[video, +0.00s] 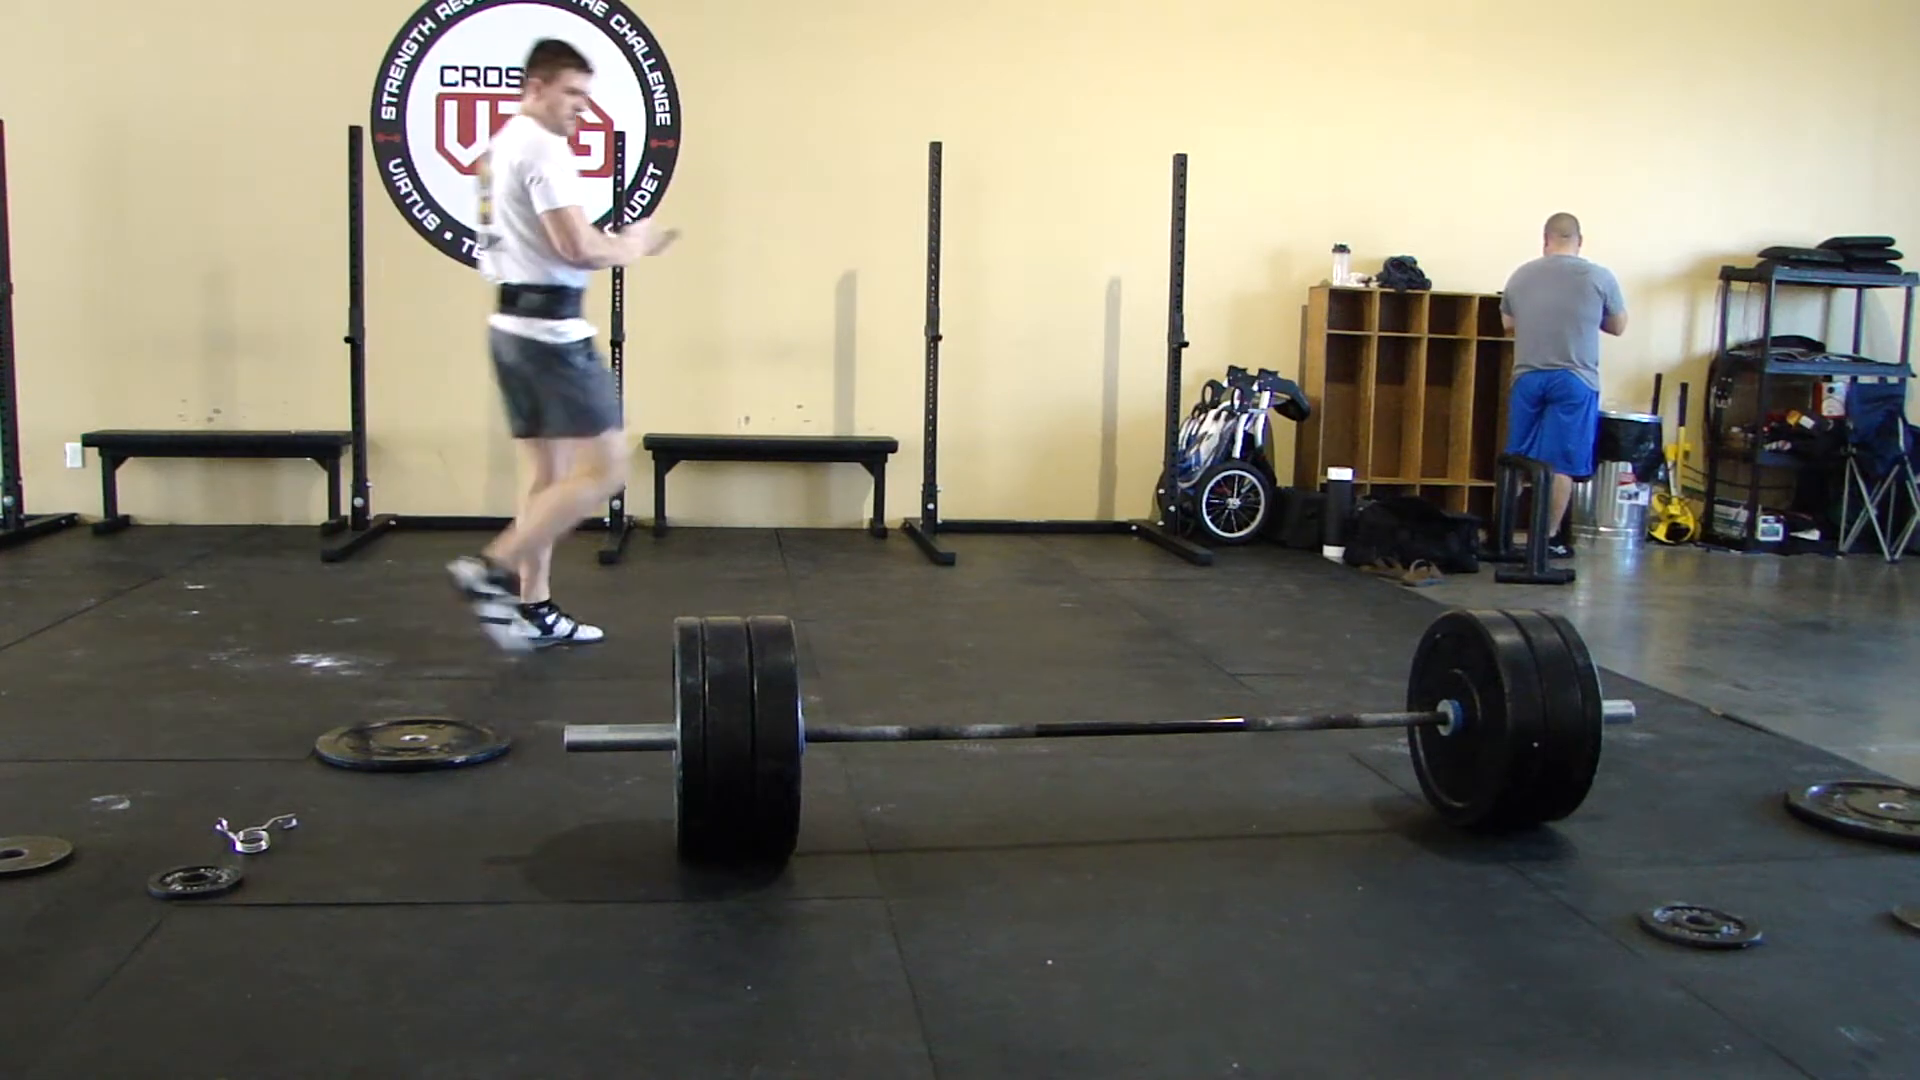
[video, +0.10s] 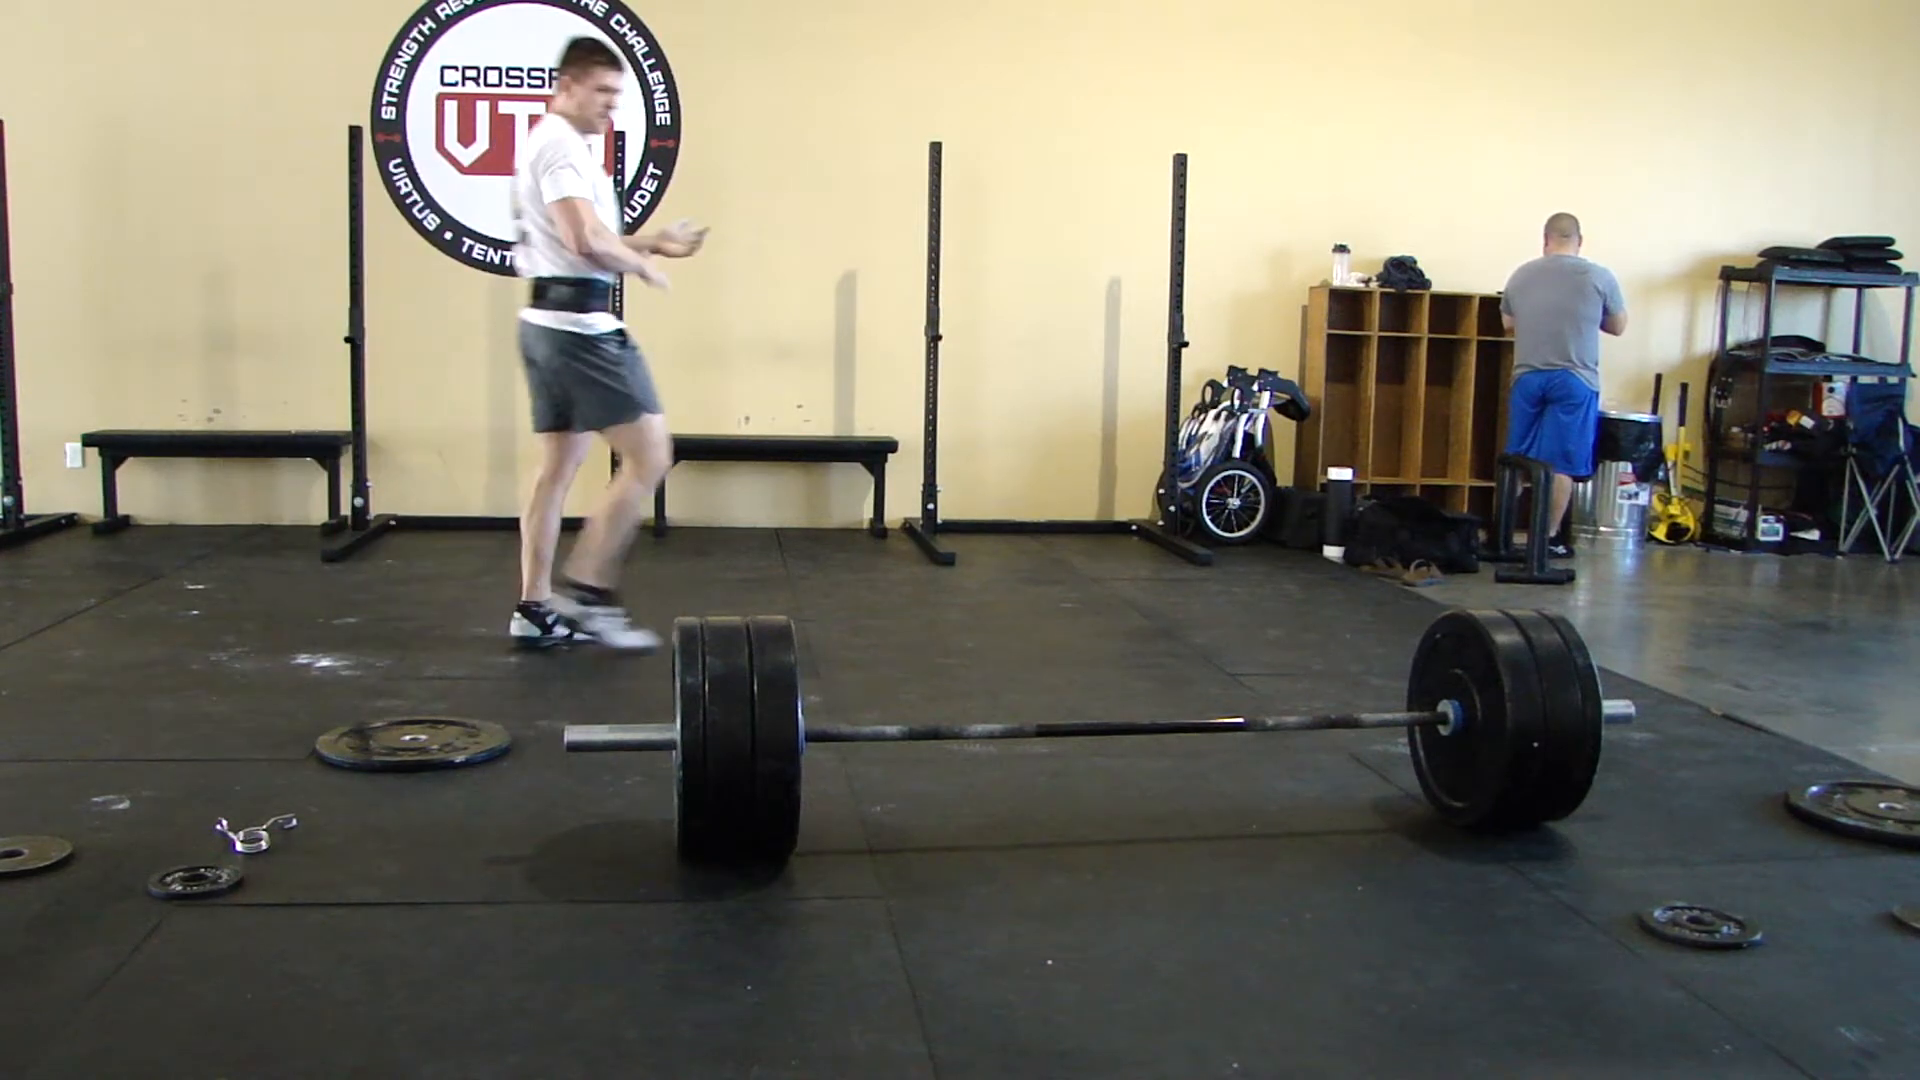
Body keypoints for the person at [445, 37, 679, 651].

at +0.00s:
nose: (581, 109)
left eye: (584, 98)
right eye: (573, 95)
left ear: (536, 93)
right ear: (536, 87)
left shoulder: (509, 140)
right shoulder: (539, 148)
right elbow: (579, 247)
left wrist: (605, 239)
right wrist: (636, 246)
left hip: (515, 328)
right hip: (553, 333)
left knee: (546, 470)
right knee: (606, 472)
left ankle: (534, 608)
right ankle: (493, 566)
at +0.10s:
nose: (612, 105)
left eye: (616, 95)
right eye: (604, 92)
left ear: (583, 93)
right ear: (565, 86)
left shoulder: (559, 144)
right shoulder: (561, 143)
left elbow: (587, 242)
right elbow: (583, 238)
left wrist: (653, 241)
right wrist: (643, 264)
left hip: (547, 324)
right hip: (583, 328)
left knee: (558, 461)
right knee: (650, 456)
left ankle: (535, 606)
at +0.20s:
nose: (644, 110)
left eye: (650, 99)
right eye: (633, 98)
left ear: (649, 99)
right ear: (597, 94)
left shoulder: (608, 156)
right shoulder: (587, 151)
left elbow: (619, 247)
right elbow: (585, 240)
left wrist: (684, 248)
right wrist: (650, 305)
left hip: (581, 323)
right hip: (609, 326)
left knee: (571, 462)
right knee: (672, 456)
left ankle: (535, 606)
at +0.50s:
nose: (748, 117)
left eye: (755, 107)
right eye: (737, 105)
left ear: (758, 109)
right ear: (706, 104)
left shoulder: (724, 169)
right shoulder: (697, 165)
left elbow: (720, 256)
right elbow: (664, 257)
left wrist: (776, 264)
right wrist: (645, 348)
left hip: (707, 339)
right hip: (727, 341)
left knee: (698, 465)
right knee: (772, 473)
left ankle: (597, 563)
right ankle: (777, 613)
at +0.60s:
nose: (776, 110)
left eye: (784, 100)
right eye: (765, 98)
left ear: (789, 104)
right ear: (736, 99)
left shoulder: (761, 167)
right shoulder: (723, 162)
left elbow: (756, 254)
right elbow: (698, 254)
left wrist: (805, 262)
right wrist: (703, 346)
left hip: (769, 328)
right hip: (747, 330)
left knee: (769, 460)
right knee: (777, 469)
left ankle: (670, 545)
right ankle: (777, 613)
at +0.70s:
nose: (800, 108)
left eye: (808, 97)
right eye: (788, 97)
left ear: (814, 100)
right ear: (760, 96)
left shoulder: (792, 166)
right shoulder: (745, 158)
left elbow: (785, 257)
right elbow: (718, 250)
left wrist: (833, 262)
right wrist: (768, 328)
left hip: (799, 330)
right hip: (765, 331)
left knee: (830, 441)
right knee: (779, 472)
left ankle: (744, 556)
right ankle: (778, 613)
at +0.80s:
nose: (822, 108)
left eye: (830, 97)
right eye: (810, 97)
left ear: (836, 101)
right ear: (782, 98)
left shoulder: (824, 165)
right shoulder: (760, 161)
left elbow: (818, 251)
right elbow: (734, 247)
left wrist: (861, 263)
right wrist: (802, 295)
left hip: (831, 336)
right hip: (787, 341)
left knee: (865, 447)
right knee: (791, 470)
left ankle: (830, 583)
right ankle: (775, 613)